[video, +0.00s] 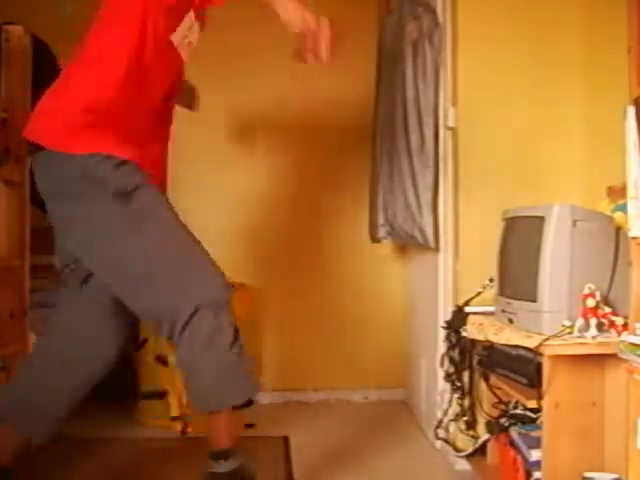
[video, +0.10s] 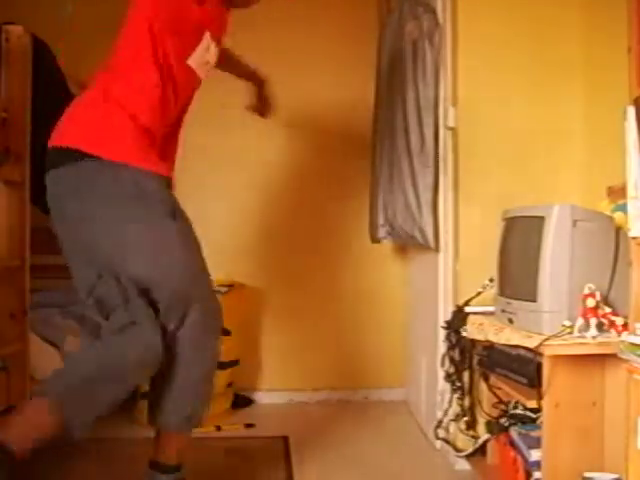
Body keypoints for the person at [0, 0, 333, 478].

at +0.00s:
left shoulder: (183, 16)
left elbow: (139, 58)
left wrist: (179, 88)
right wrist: (288, 7)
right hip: (85, 149)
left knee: (89, 333)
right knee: (198, 295)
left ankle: (5, 446)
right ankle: (225, 456)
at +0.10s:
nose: (252, 7)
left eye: (254, 4)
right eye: (252, 1)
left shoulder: (204, 21)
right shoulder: (185, 4)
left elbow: (214, 53)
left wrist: (256, 80)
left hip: (77, 165)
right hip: (118, 164)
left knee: (138, 336)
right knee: (196, 314)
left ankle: (12, 438)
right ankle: (167, 467)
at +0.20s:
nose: (285, 9)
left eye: (295, 5)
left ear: (292, 10)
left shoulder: (236, 46)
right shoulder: (205, 7)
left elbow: (265, 70)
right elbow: (181, 5)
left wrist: (327, 86)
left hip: (74, 164)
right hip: (118, 164)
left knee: (115, 338)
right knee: (193, 326)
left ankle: (70, 473)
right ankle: (166, 472)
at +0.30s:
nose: (296, 17)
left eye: (304, 13)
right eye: (299, 6)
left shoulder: (240, 49)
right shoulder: (220, 6)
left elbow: (288, 90)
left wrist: (364, 113)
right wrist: (70, 15)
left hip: (77, 150)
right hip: (131, 154)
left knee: (126, 321)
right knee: (187, 325)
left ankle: (47, 442)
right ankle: (171, 467)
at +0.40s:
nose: (302, 16)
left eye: (309, 13)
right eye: (303, 4)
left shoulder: (237, 55)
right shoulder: (234, 5)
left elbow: (285, 105)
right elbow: (139, 7)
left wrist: (359, 128)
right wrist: (55, 78)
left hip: (81, 140)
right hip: (147, 151)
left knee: (116, 314)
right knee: (175, 318)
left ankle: (42, 426)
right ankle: (171, 466)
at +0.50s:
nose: (305, 23)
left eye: (312, 19)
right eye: (308, 11)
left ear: (293, 13)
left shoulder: (243, 54)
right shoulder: (237, 8)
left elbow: (283, 113)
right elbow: (136, 14)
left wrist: (344, 150)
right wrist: (50, 114)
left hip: (87, 148)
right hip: (143, 152)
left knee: (129, 308)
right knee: (181, 320)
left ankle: (72, 432)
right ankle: (170, 470)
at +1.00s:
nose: (294, 10)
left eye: (298, 7)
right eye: (297, 3)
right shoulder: (253, 3)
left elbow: (255, 81)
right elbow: (171, 26)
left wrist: (317, 132)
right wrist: (116, 141)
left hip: (108, 160)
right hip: (175, 167)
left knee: (119, 319)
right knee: (187, 331)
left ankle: (97, 425)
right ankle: (169, 470)